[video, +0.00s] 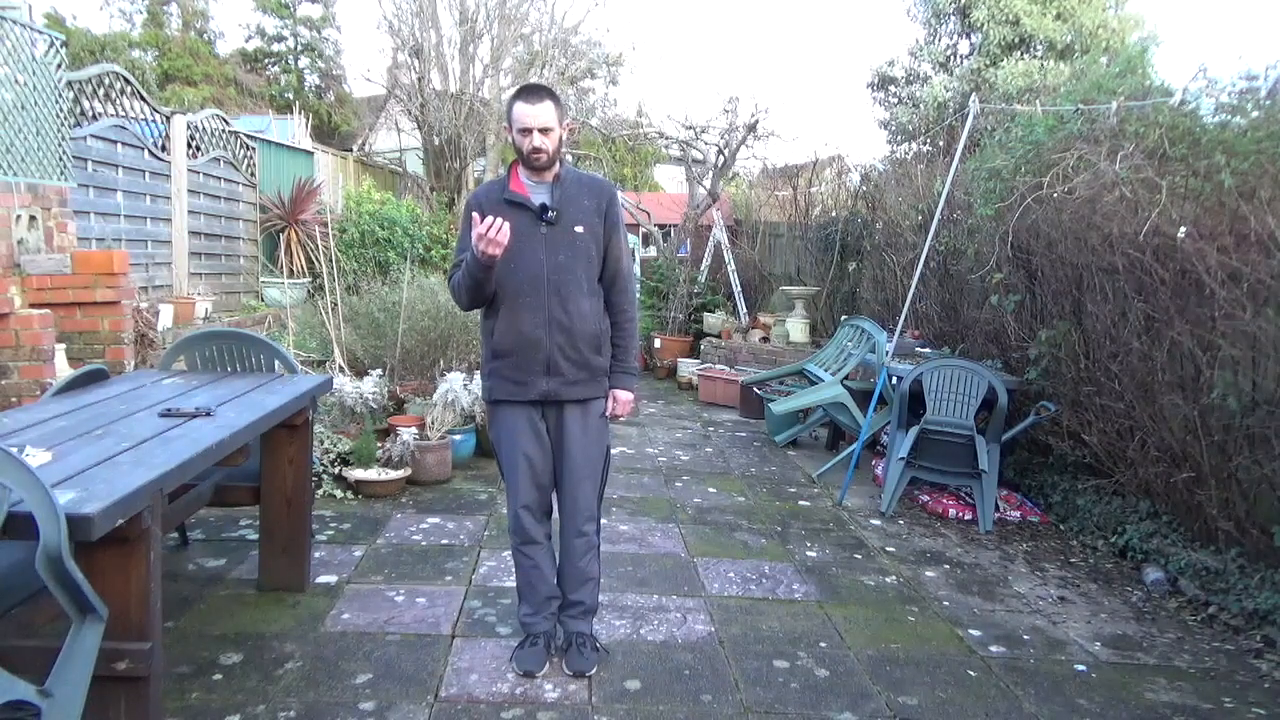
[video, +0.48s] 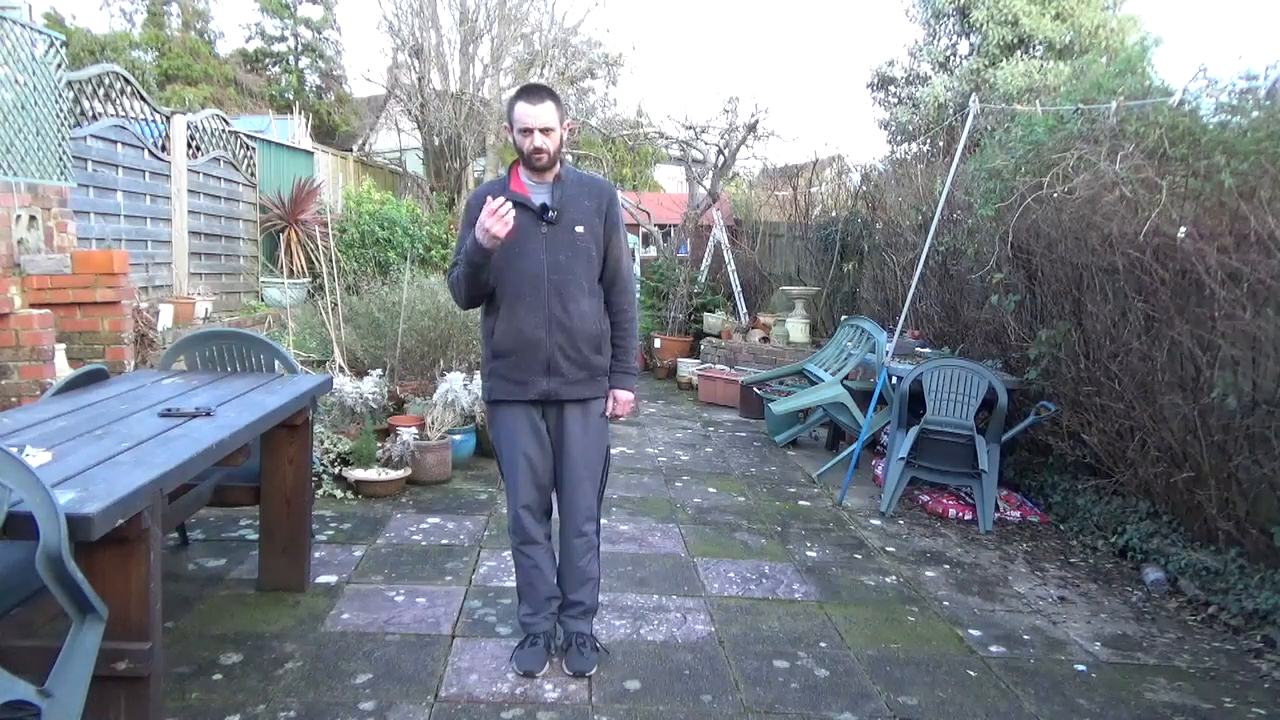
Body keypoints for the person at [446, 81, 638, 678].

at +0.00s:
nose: (535, 141)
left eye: (544, 130)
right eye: (524, 132)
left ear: (563, 130)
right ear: (510, 135)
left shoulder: (599, 195)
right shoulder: (486, 200)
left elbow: (621, 291)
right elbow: (465, 296)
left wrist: (624, 375)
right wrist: (483, 260)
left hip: (586, 378)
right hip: (512, 381)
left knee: (582, 513)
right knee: (526, 513)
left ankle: (580, 625)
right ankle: (535, 627)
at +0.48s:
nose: (536, 142)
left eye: (545, 130)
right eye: (525, 132)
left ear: (564, 129)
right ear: (511, 135)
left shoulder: (598, 195)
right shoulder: (487, 200)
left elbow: (621, 292)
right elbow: (464, 295)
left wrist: (624, 375)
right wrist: (482, 244)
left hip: (586, 378)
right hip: (512, 380)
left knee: (581, 512)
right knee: (526, 512)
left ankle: (580, 626)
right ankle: (536, 628)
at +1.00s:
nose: (535, 141)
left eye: (545, 130)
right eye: (525, 132)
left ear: (564, 130)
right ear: (511, 135)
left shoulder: (598, 195)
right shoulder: (486, 199)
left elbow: (620, 290)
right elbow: (464, 295)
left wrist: (624, 374)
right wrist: (481, 250)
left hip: (586, 376)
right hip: (513, 379)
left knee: (582, 511)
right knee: (526, 512)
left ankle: (580, 625)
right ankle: (535, 627)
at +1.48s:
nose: (537, 139)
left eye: (546, 129)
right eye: (526, 130)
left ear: (564, 129)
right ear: (512, 133)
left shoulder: (597, 195)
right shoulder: (485, 200)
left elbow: (618, 290)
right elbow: (466, 284)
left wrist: (622, 373)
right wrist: (471, 348)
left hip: (585, 378)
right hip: (511, 381)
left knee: (581, 512)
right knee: (525, 513)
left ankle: (580, 626)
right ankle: (536, 628)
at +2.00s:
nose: (547, 140)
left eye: (557, 132)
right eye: (537, 129)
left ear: (567, 136)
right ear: (515, 129)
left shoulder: (591, 194)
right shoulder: (478, 199)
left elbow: (613, 289)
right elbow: (461, 295)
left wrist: (617, 370)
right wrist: (462, 379)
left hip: (581, 377)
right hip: (506, 380)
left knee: (579, 509)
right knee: (523, 511)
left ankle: (580, 625)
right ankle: (535, 627)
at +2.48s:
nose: (564, 144)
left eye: (572, 136)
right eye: (555, 133)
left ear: (580, 141)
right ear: (529, 130)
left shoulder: (597, 195)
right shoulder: (490, 199)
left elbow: (616, 288)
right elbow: (470, 296)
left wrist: (622, 366)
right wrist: (478, 371)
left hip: (588, 374)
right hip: (516, 377)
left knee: (591, 491)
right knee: (526, 503)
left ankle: (575, 581)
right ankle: (535, 623)